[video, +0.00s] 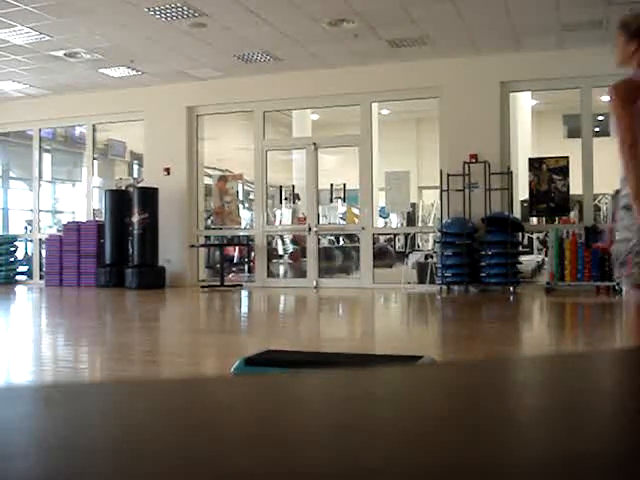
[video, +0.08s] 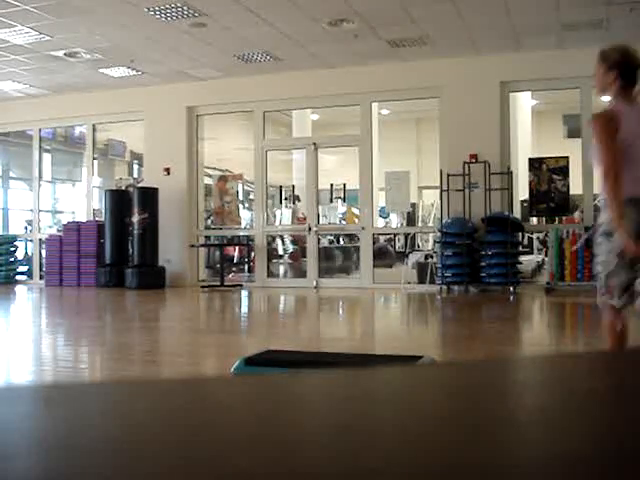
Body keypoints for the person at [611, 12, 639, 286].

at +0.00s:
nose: (616, 49)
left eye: (619, 41)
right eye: (618, 41)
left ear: (633, 44)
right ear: (634, 45)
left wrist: (634, 203)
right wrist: (631, 202)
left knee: (633, 284)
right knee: (632, 283)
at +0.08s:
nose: (594, 77)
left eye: (599, 70)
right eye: (596, 70)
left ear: (613, 74)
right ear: (626, 75)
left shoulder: (607, 118)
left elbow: (611, 173)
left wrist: (620, 227)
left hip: (624, 210)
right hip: (628, 209)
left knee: (612, 301)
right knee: (615, 301)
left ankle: (615, 371)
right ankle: (618, 369)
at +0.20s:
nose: (567, 92)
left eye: (571, 87)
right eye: (569, 87)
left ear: (584, 93)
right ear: (598, 93)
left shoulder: (574, 135)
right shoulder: (621, 133)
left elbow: (573, 187)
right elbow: (635, 178)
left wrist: (568, 238)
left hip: (591, 217)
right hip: (627, 216)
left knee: (585, 298)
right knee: (621, 298)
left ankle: (608, 363)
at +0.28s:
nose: (554, 86)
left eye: (558, 81)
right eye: (556, 80)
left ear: (570, 86)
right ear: (586, 87)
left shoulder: (561, 127)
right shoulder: (606, 125)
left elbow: (559, 176)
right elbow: (629, 168)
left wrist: (544, 218)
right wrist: (636, 199)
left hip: (578, 210)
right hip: (609, 206)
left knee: (580, 292)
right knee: (604, 284)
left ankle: (606, 354)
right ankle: (629, 335)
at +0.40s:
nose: (530, 85)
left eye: (534, 80)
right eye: (533, 80)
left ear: (545, 85)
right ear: (557, 86)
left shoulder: (535, 121)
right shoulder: (578, 120)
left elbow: (531, 167)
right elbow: (607, 156)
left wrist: (506, 201)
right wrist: (626, 191)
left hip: (548, 200)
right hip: (577, 196)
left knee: (560, 277)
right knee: (561, 274)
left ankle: (600, 345)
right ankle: (568, 341)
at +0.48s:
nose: (525, 89)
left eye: (529, 84)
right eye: (528, 84)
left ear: (540, 89)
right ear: (553, 90)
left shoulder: (528, 126)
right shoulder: (572, 121)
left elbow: (523, 172)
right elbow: (599, 157)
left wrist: (502, 203)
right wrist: (621, 193)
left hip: (540, 202)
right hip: (569, 200)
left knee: (556, 277)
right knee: (557, 275)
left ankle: (587, 343)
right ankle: (555, 341)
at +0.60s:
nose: (504, 117)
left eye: (508, 112)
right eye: (506, 111)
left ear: (519, 116)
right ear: (531, 117)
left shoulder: (512, 151)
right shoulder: (544, 147)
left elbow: (510, 195)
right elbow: (557, 186)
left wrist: (502, 236)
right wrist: (563, 219)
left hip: (523, 225)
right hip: (547, 221)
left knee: (519, 295)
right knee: (534, 289)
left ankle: (567, 340)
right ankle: (544, 346)